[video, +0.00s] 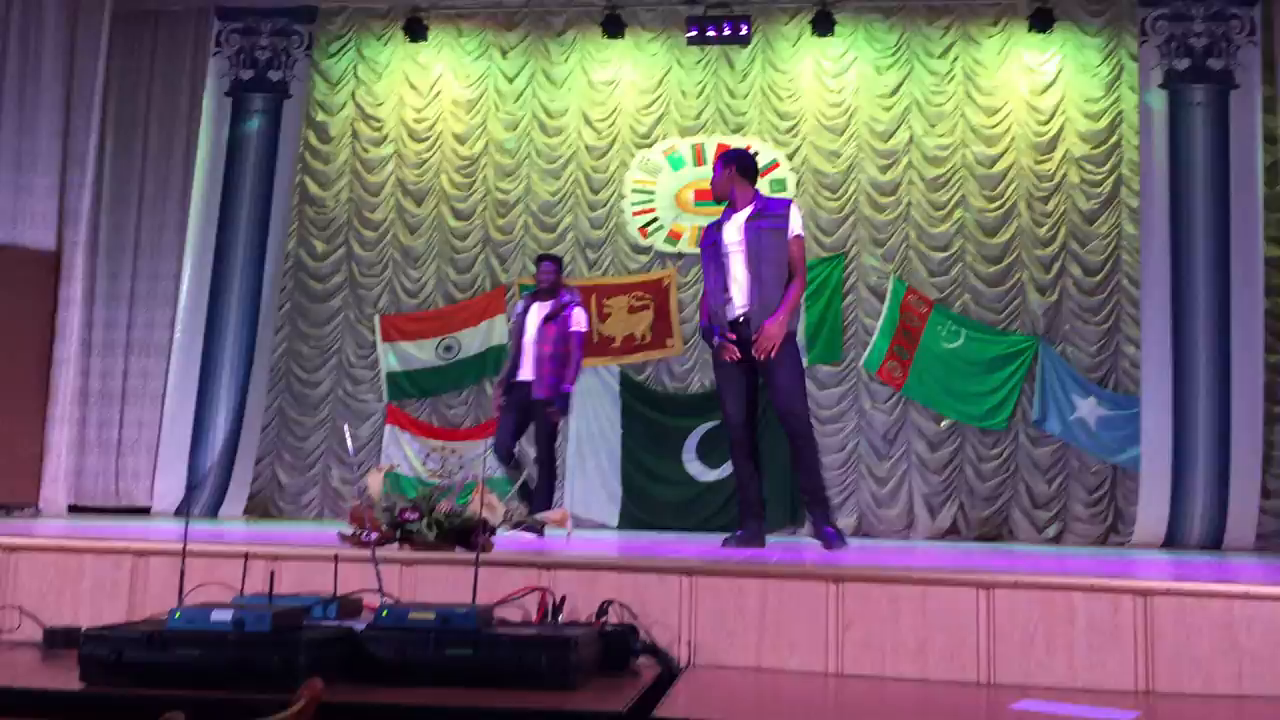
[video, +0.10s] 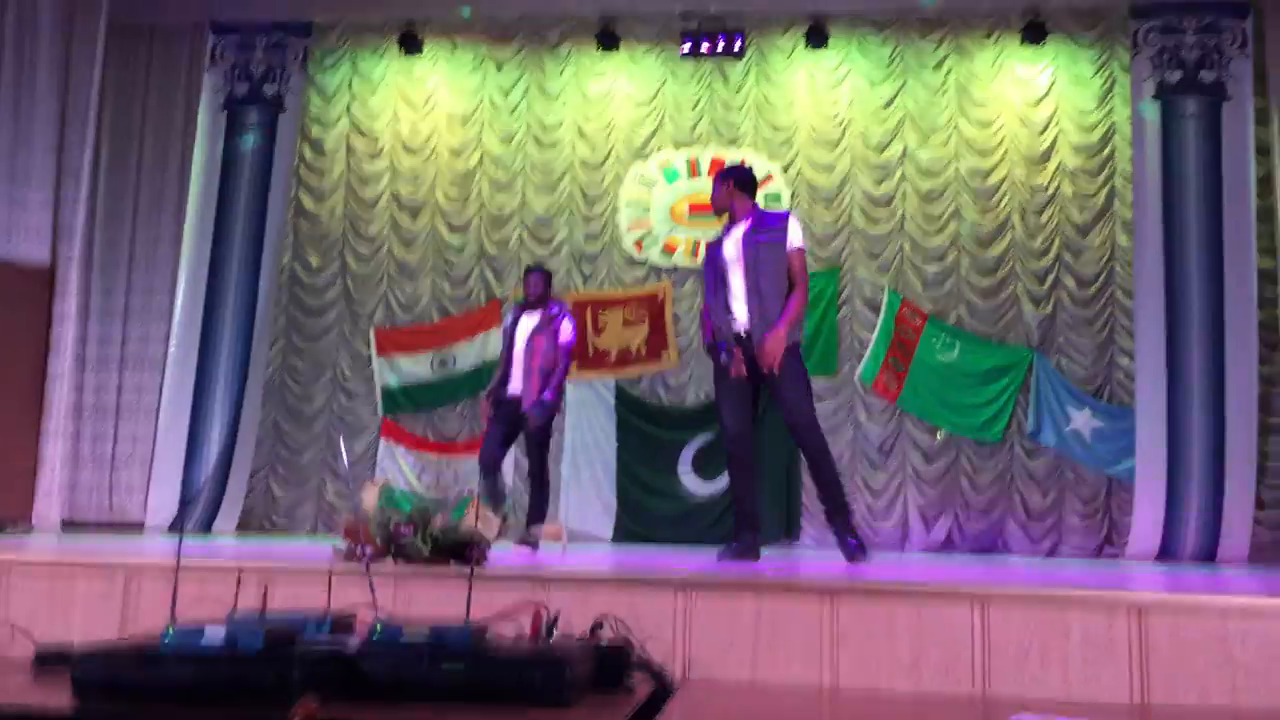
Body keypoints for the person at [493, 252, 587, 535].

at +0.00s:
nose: (545, 277)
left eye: (550, 273)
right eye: (541, 272)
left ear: (560, 277)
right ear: (535, 275)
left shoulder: (573, 310)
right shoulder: (525, 307)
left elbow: (575, 355)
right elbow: (514, 351)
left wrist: (565, 392)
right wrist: (502, 383)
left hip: (548, 390)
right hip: (519, 388)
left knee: (545, 455)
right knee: (502, 446)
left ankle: (540, 515)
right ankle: (528, 498)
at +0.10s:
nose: (533, 290)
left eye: (538, 284)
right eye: (529, 284)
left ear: (548, 287)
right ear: (523, 287)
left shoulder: (561, 318)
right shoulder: (514, 317)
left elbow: (562, 365)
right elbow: (506, 360)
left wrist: (546, 401)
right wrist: (493, 390)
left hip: (538, 402)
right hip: (509, 399)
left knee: (537, 466)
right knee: (489, 457)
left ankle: (533, 530)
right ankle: (496, 517)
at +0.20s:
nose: (510, 315)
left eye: (515, 310)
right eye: (507, 309)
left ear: (525, 313)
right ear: (501, 312)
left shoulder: (538, 342)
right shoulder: (492, 342)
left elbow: (540, 386)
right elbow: (486, 388)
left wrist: (521, 415)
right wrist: (471, 419)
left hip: (520, 428)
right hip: (489, 427)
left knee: (520, 494)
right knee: (471, 490)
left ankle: (522, 557)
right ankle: (452, 550)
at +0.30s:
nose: (475, 317)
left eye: (481, 312)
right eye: (471, 312)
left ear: (490, 314)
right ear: (466, 314)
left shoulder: (504, 346)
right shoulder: (455, 347)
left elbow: (505, 389)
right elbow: (447, 392)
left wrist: (480, 415)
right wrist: (439, 426)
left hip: (487, 435)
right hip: (456, 433)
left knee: (493, 501)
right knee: (438, 494)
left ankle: (499, 560)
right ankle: (422, 554)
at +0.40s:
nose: (438, 290)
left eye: (444, 285)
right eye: (435, 285)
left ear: (456, 289)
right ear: (429, 288)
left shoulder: (471, 324)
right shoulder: (417, 325)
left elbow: (475, 368)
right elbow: (412, 372)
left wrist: (450, 394)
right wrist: (403, 400)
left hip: (452, 407)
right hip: (420, 406)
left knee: (458, 471)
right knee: (403, 469)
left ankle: (475, 532)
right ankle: (389, 531)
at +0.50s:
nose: (421, 277)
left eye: (427, 272)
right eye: (418, 272)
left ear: (439, 276)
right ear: (413, 275)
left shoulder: (456, 312)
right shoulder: (401, 310)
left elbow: (462, 356)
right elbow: (394, 354)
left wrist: (442, 384)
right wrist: (386, 386)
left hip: (436, 393)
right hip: (402, 393)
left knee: (440, 458)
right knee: (392, 461)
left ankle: (464, 517)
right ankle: (385, 526)